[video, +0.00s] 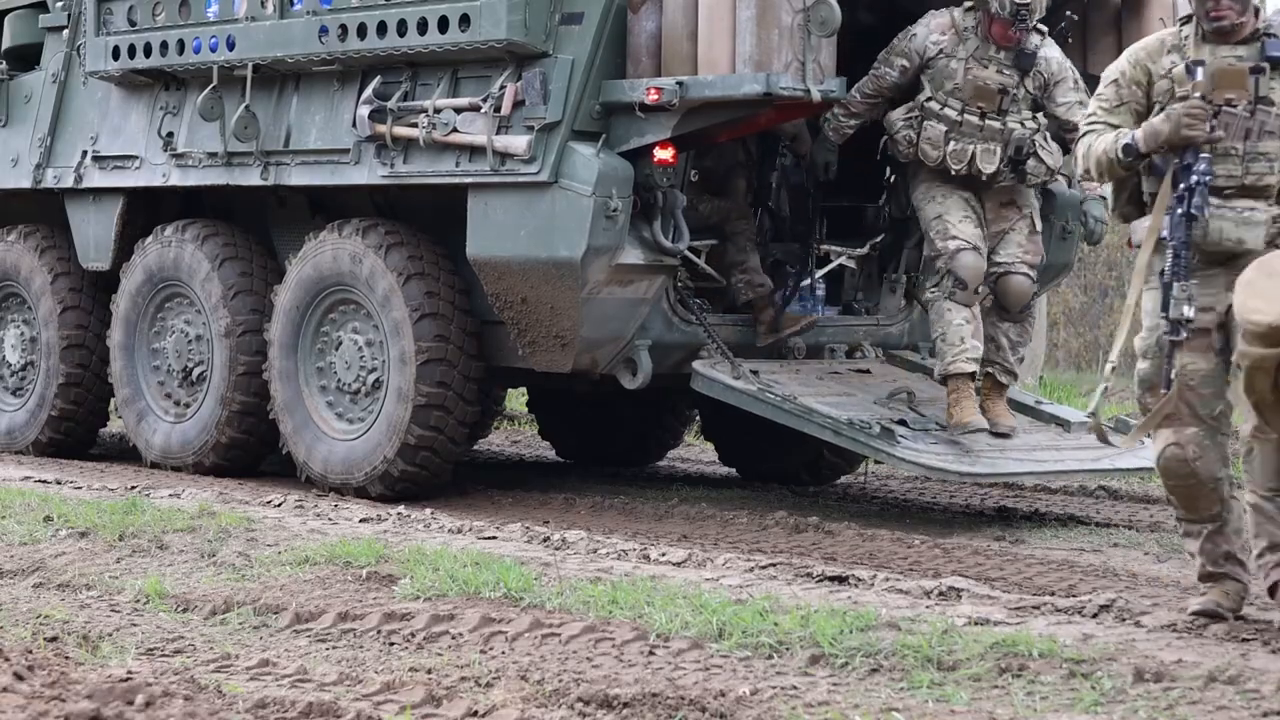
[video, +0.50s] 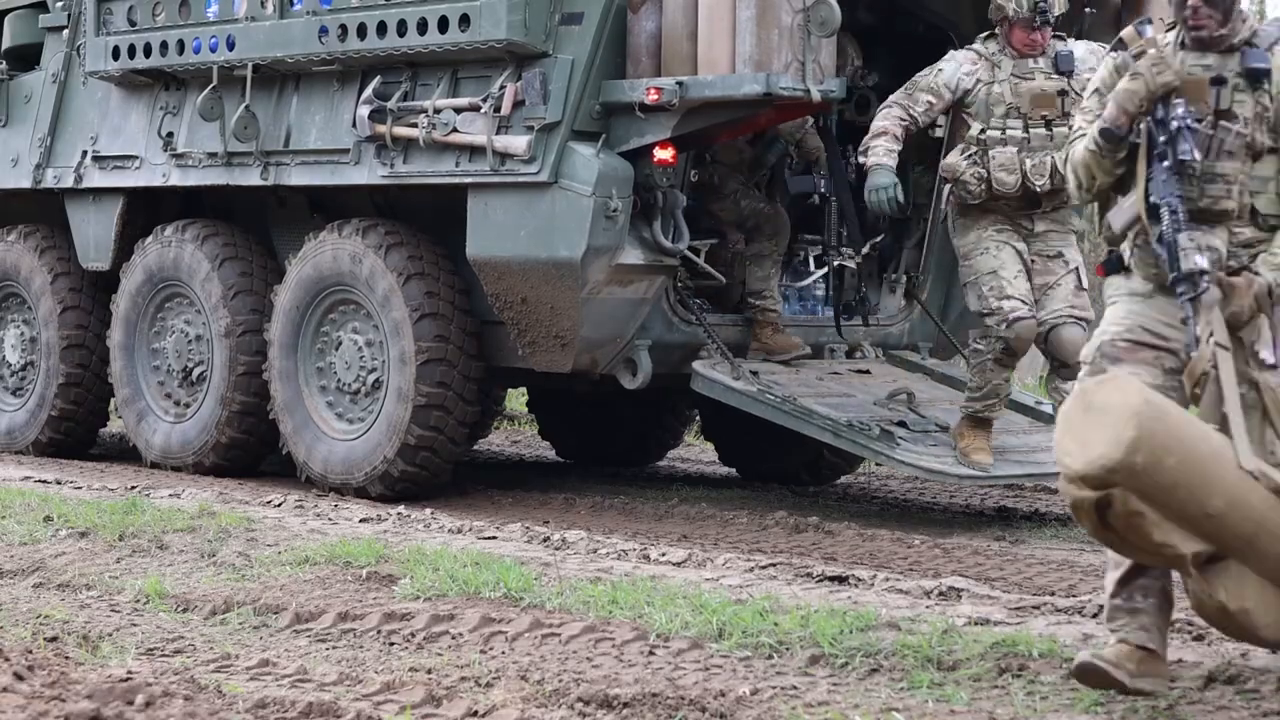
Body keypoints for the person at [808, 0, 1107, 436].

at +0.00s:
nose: (1016, 35)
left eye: (1026, 27)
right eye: (1010, 22)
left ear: (1037, 22)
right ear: (988, 9)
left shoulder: (1047, 59)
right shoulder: (936, 33)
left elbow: (1081, 129)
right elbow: (877, 87)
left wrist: (1091, 190)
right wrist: (829, 135)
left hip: (1010, 181)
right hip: (940, 173)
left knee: (1017, 285)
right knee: (964, 268)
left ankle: (995, 394)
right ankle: (961, 393)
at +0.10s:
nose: (1020, 26)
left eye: (1028, 18)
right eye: (1012, 15)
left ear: (1037, 15)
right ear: (986, 6)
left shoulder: (1049, 49)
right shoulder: (937, 37)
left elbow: (1094, 113)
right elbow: (878, 93)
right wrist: (836, 147)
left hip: (1020, 184)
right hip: (953, 180)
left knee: (1030, 296)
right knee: (977, 285)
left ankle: (997, 391)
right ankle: (968, 408)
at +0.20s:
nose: (1020, 27)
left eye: (1029, 18)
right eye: (1012, 16)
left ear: (1038, 16)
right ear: (985, 9)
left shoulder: (1054, 54)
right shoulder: (939, 48)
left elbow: (1106, 107)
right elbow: (883, 115)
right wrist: (841, 178)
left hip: (1029, 193)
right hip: (961, 192)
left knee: (1057, 297)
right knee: (987, 292)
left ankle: (1008, 378)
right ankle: (972, 416)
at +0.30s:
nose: (1025, 28)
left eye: (1032, 20)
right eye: (1016, 18)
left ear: (1041, 19)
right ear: (991, 13)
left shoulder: (1062, 57)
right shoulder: (946, 57)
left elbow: (1115, 108)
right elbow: (898, 134)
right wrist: (865, 204)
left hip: (1036, 201)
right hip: (967, 200)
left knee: (1074, 294)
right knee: (996, 295)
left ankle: (1036, 400)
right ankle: (975, 419)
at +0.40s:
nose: (1027, 31)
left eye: (1036, 22)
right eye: (1018, 21)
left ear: (1046, 19)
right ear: (995, 15)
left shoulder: (1072, 59)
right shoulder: (955, 61)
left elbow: (1121, 101)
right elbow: (901, 126)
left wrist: (1096, 133)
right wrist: (882, 192)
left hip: (1044, 210)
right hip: (975, 208)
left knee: (1077, 309)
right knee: (1005, 306)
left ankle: (1072, 439)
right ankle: (976, 423)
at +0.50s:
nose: (1040, 35)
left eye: (1047, 26)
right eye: (1030, 25)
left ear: (1056, 24)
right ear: (1003, 22)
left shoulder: (1075, 60)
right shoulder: (967, 66)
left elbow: (1132, 68)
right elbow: (900, 109)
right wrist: (881, 165)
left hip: (1053, 216)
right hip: (984, 216)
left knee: (1071, 340)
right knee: (1013, 325)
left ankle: (1083, 443)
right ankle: (976, 427)